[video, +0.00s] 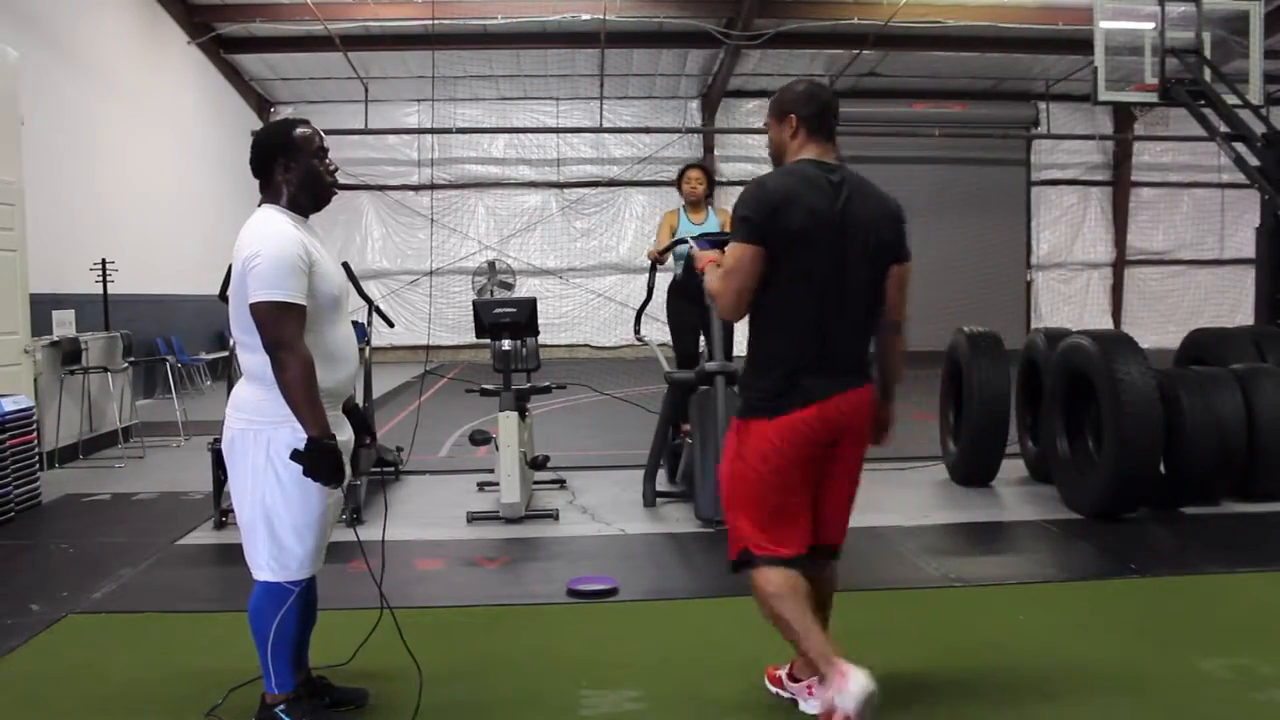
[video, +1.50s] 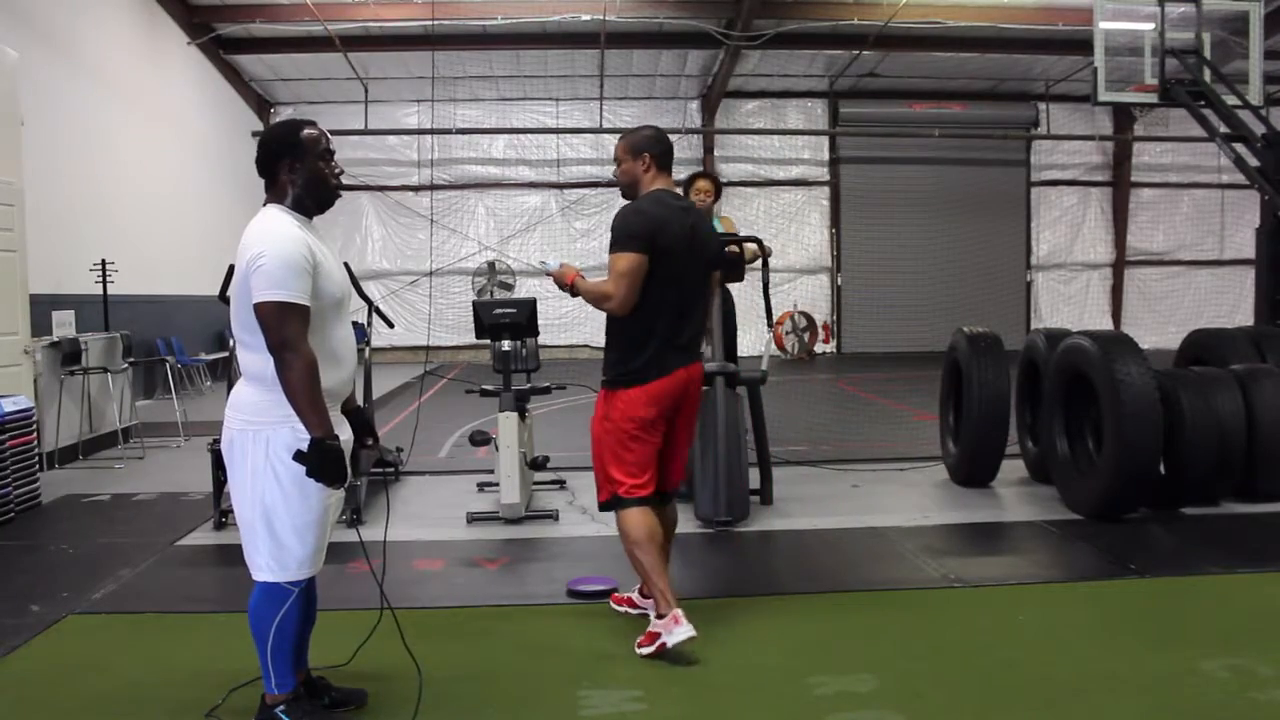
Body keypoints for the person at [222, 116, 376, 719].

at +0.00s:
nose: (333, 165)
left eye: (329, 154)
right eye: (320, 156)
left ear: (291, 171)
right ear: (286, 169)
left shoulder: (296, 236)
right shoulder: (273, 239)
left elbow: (316, 339)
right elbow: (283, 348)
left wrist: (351, 407)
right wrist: (318, 436)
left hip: (300, 427)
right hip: (276, 431)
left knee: (299, 565)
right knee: (283, 570)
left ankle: (297, 679)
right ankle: (280, 697)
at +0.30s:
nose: (334, 165)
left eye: (330, 154)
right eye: (320, 155)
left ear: (292, 171)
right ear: (285, 169)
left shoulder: (296, 237)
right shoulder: (272, 240)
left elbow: (311, 341)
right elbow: (283, 351)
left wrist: (349, 405)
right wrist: (319, 438)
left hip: (300, 428)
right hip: (275, 432)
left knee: (298, 565)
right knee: (282, 570)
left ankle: (297, 679)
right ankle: (280, 697)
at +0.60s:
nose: (335, 165)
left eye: (330, 154)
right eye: (321, 155)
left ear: (292, 171)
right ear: (287, 169)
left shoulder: (295, 238)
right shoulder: (273, 241)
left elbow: (310, 344)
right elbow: (282, 352)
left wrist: (349, 408)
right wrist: (316, 441)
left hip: (298, 426)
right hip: (275, 430)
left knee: (298, 567)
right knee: (282, 571)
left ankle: (296, 681)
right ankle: (281, 698)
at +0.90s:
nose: (336, 166)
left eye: (332, 155)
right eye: (323, 156)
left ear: (294, 171)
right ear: (288, 169)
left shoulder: (297, 238)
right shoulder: (274, 242)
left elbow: (311, 346)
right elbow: (283, 355)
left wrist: (350, 410)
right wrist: (317, 443)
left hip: (300, 427)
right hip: (276, 431)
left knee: (300, 566)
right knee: (283, 571)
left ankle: (297, 680)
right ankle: (281, 697)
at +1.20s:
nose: (337, 167)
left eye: (334, 156)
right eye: (324, 157)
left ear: (296, 171)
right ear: (289, 169)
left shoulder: (298, 238)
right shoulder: (276, 241)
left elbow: (310, 345)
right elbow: (284, 351)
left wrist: (349, 410)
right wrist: (319, 440)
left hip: (299, 428)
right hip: (276, 432)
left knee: (300, 566)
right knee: (283, 571)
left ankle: (297, 680)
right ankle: (281, 698)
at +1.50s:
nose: (338, 168)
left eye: (335, 156)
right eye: (326, 158)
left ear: (295, 171)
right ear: (291, 170)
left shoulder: (298, 237)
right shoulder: (276, 239)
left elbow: (316, 343)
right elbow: (286, 349)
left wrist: (353, 410)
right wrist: (323, 437)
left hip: (299, 429)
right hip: (275, 432)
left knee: (299, 566)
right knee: (282, 571)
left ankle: (296, 680)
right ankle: (280, 697)